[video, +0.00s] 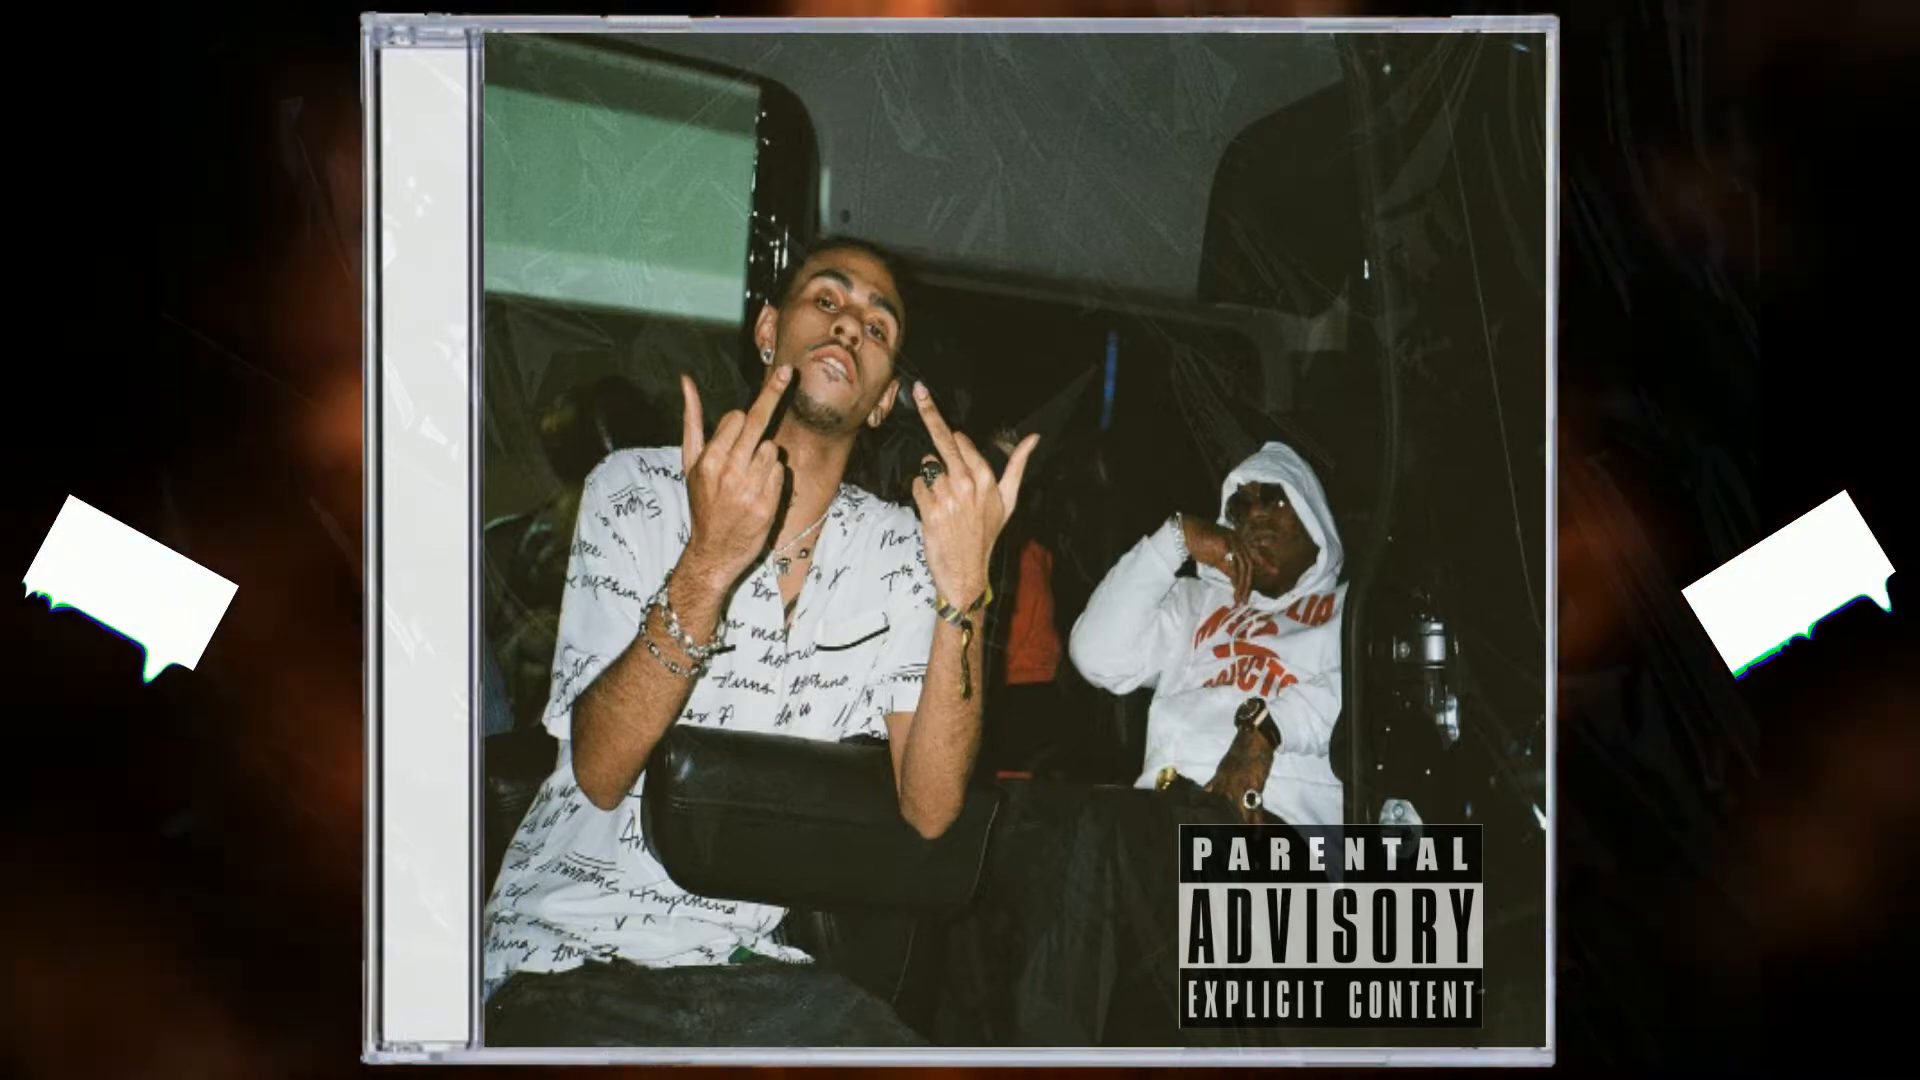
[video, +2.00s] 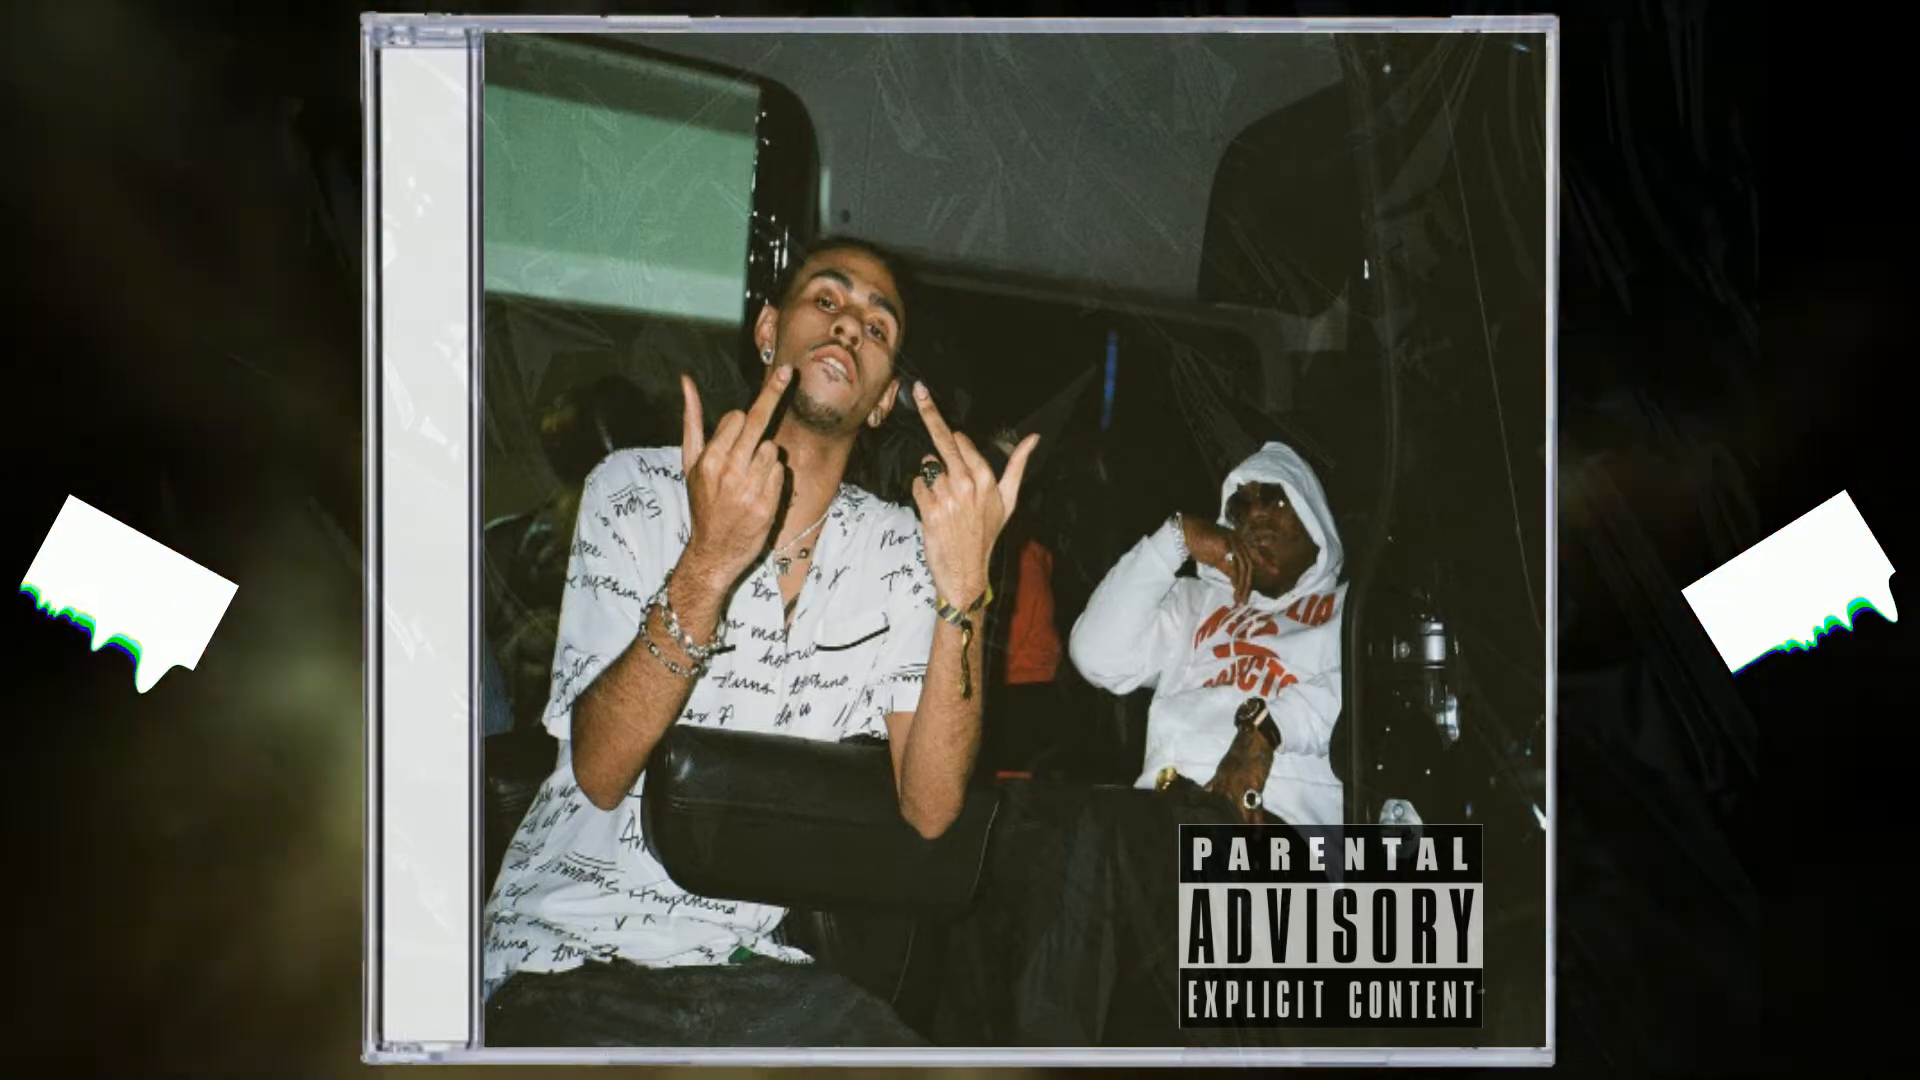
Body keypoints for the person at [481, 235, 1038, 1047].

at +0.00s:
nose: (852, 323)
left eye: (879, 323)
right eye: (826, 299)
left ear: (887, 396)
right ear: (767, 333)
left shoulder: (902, 550)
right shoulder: (638, 490)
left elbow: (931, 809)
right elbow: (601, 770)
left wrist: (966, 593)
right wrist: (709, 564)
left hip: (753, 957)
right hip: (569, 945)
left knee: (907, 1061)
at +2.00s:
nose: (852, 323)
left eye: (879, 324)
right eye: (826, 299)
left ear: (887, 396)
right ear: (767, 333)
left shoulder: (902, 550)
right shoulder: (637, 490)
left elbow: (930, 809)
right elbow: (601, 770)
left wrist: (965, 593)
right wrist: (709, 564)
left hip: (757, 958)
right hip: (570, 946)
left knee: (909, 1065)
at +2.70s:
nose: (851, 323)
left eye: (879, 323)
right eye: (826, 298)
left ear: (887, 395)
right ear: (767, 333)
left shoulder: (903, 550)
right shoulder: (638, 490)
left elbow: (931, 809)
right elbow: (601, 770)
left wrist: (965, 594)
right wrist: (710, 564)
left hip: (755, 957)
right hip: (571, 945)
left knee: (909, 1063)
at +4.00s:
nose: (851, 323)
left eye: (878, 323)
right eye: (826, 299)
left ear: (887, 395)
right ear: (767, 333)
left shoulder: (904, 551)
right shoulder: (638, 491)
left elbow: (931, 809)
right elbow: (601, 770)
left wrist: (966, 593)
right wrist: (710, 563)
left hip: (756, 956)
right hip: (571, 944)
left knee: (905, 1059)